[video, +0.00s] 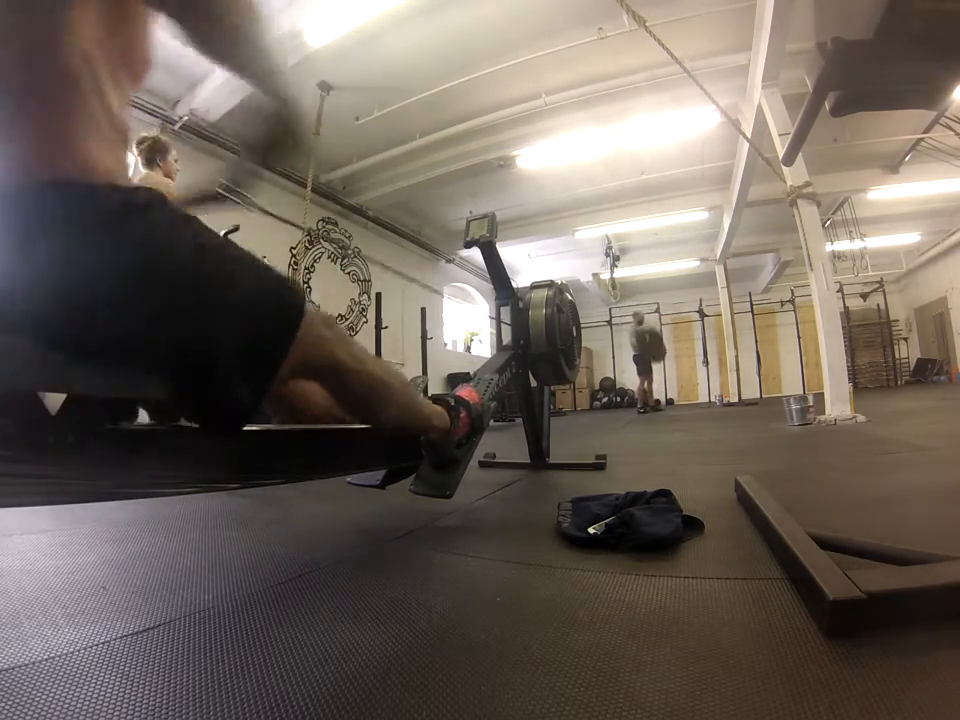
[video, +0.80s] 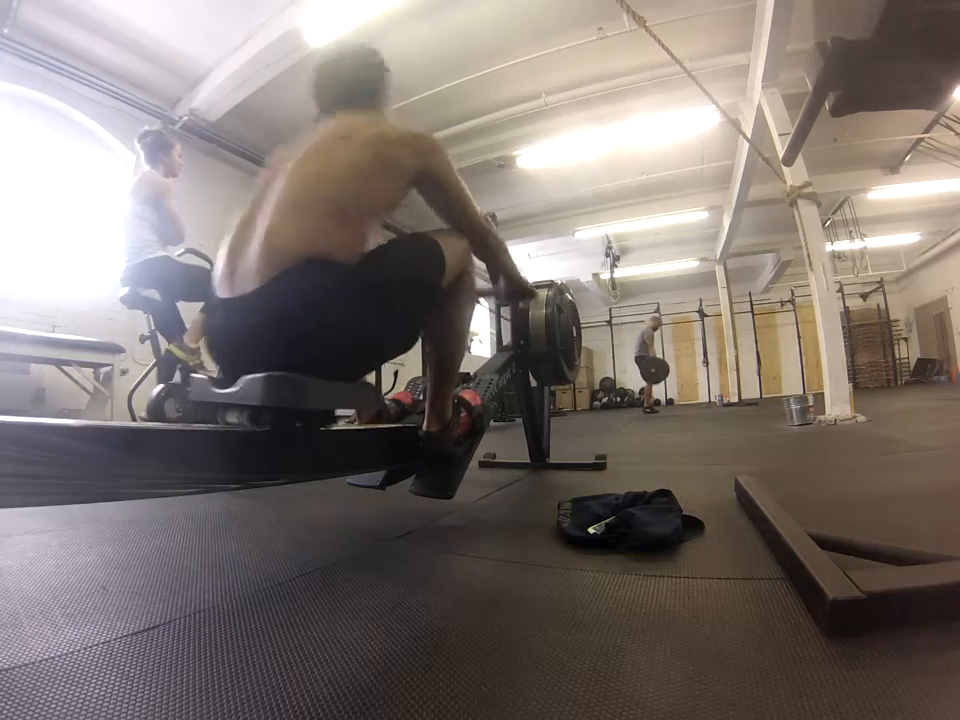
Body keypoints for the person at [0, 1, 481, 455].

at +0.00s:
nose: (145, 51)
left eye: (141, 29)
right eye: (138, 26)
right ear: (103, 20)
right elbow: (201, 11)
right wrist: (287, 96)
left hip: (16, 218)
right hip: (95, 210)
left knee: (275, 384)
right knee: (324, 347)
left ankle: (383, 429)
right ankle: (440, 426)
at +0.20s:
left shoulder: (127, 57)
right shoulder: (245, 16)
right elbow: (362, 127)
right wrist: (429, 237)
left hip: (61, 286)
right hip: (161, 262)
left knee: (277, 322)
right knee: (370, 289)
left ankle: (366, 421)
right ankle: (440, 432)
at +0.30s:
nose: (317, 39)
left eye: (315, 29)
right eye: (315, 29)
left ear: (250, 30)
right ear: (305, 28)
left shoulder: (205, 84)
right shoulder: (312, 69)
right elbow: (410, 184)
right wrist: (465, 271)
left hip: (133, 300)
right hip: (221, 294)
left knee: (294, 272)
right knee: (409, 267)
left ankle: (365, 414)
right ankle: (439, 424)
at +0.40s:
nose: (361, 79)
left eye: (357, 69)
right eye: (359, 70)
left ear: (293, 75)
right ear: (352, 71)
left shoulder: (256, 125)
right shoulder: (361, 109)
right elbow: (448, 217)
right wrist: (488, 290)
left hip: (197, 317)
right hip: (282, 308)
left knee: (318, 275)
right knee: (436, 260)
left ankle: (368, 415)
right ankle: (441, 430)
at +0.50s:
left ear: (322, 107)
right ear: (385, 100)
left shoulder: (290, 154)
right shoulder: (403, 145)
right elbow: (482, 244)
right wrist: (505, 308)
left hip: (234, 336)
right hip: (321, 322)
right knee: (457, 251)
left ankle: (370, 408)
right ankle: (440, 424)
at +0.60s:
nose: (406, 122)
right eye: (406, 116)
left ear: (341, 125)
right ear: (401, 119)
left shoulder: (309, 168)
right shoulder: (422, 161)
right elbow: (492, 255)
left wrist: (176, 346)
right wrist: (516, 316)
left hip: (248, 351)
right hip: (331, 335)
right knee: (467, 249)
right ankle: (440, 418)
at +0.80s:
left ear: (318, 102)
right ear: (383, 92)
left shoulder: (285, 154)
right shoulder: (409, 144)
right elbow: (478, 232)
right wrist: (512, 281)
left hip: (230, 343)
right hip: (314, 324)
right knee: (458, 252)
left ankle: (369, 413)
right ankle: (439, 422)